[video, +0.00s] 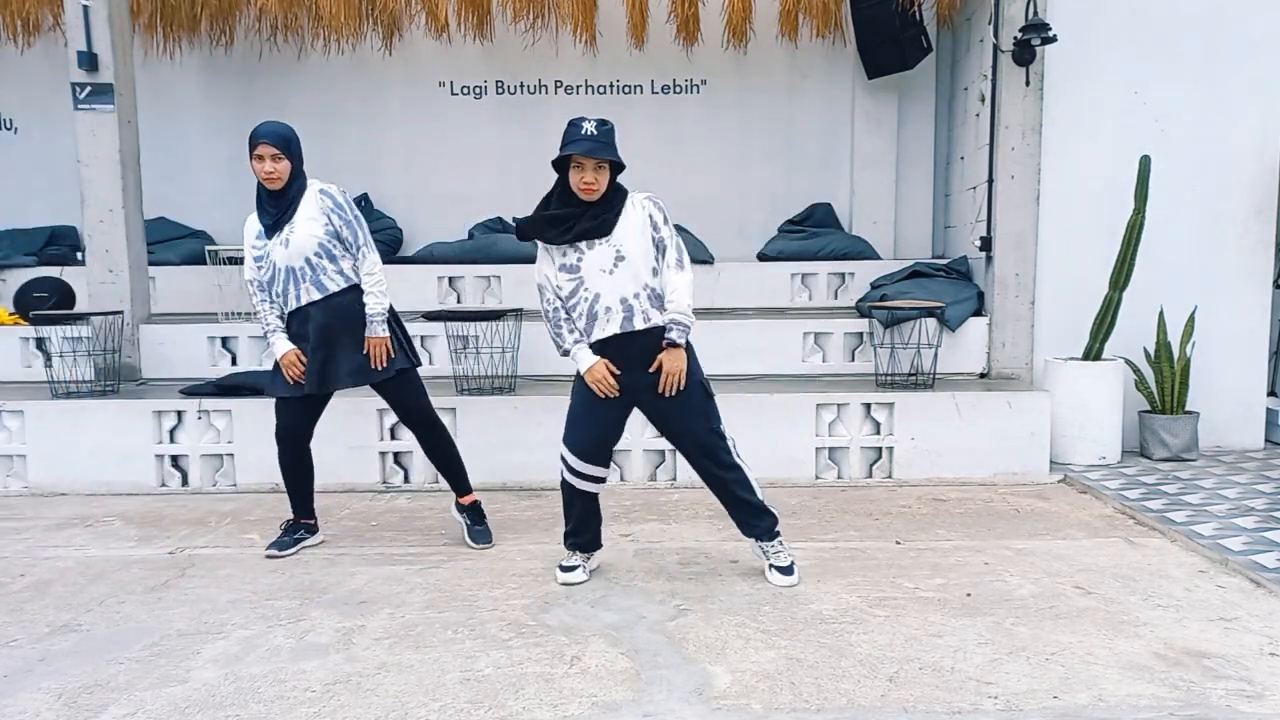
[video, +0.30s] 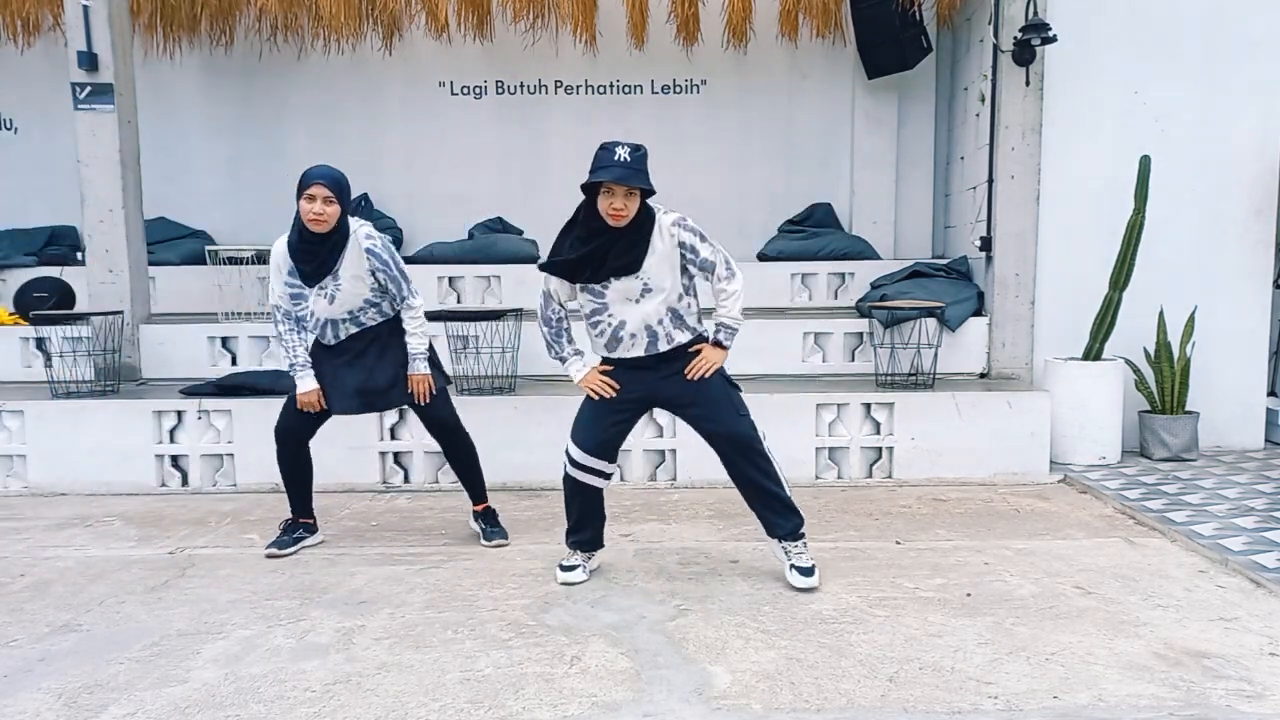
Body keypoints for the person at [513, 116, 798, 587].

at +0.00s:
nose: (588, 177)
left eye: (598, 167)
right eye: (579, 167)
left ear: (613, 169)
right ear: (565, 169)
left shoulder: (644, 209)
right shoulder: (552, 231)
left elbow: (677, 274)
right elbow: (553, 306)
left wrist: (676, 341)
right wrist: (583, 358)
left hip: (659, 349)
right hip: (596, 358)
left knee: (709, 447)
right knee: (579, 458)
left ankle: (767, 538)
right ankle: (580, 548)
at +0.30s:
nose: (617, 204)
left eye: (628, 194)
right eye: (608, 193)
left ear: (643, 194)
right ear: (593, 192)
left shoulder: (671, 230)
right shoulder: (573, 248)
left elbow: (727, 274)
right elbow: (552, 317)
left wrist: (721, 339)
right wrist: (579, 367)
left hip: (685, 362)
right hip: (616, 371)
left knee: (741, 440)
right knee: (582, 457)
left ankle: (790, 538)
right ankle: (582, 547)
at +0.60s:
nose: (742, 228)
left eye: (752, 218)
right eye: (732, 217)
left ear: (766, 222)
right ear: (716, 219)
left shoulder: (776, 273)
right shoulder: (679, 260)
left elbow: (809, 329)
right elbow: (628, 310)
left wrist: (769, 374)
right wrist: (628, 369)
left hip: (734, 387)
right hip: (663, 382)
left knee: (775, 457)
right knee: (607, 453)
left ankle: (792, 552)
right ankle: (579, 547)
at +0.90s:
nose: (768, 168)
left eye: (778, 158)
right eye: (759, 157)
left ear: (792, 161)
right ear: (744, 159)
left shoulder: (808, 226)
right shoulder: (711, 207)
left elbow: (819, 299)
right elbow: (671, 275)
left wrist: (797, 354)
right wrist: (660, 337)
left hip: (762, 356)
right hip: (696, 348)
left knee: (778, 456)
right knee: (646, 450)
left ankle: (791, 551)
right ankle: (600, 535)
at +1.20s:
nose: (782, 193)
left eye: (792, 183)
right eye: (771, 183)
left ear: (805, 185)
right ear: (754, 184)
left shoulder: (815, 245)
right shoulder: (720, 226)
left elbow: (822, 313)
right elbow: (662, 271)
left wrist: (789, 359)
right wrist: (655, 344)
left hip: (755, 368)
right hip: (686, 356)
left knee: (780, 449)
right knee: (636, 435)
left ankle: (791, 552)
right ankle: (594, 537)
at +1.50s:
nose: (673, 259)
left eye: (682, 248)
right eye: (662, 249)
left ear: (697, 249)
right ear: (647, 252)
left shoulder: (725, 283)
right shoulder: (629, 297)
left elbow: (771, 319)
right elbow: (587, 335)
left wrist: (753, 375)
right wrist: (622, 383)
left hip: (723, 395)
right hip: (656, 398)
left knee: (771, 459)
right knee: (606, 465)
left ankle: (791, 553)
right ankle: (587, 560)